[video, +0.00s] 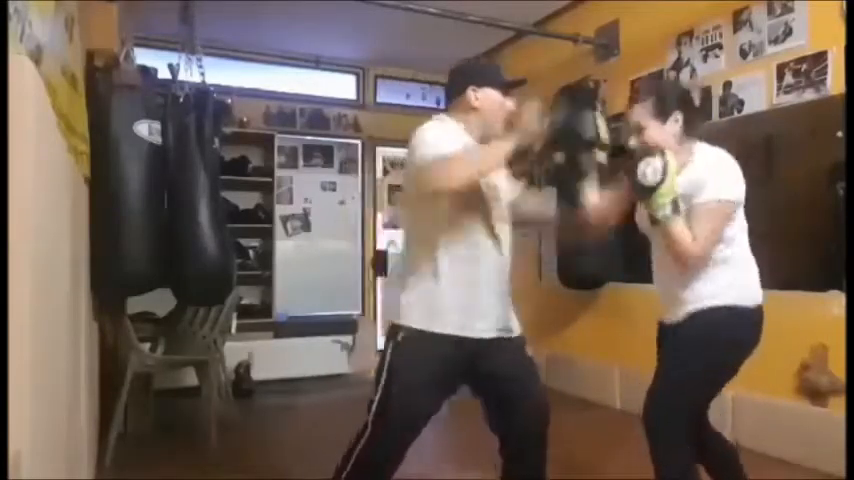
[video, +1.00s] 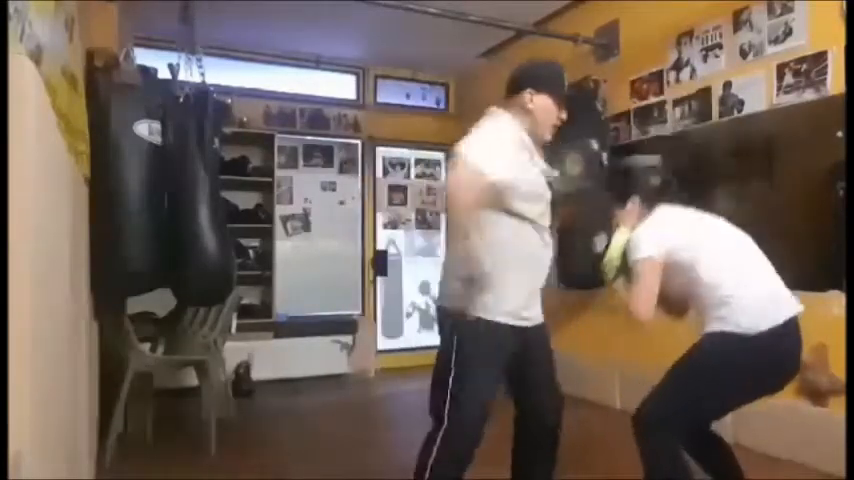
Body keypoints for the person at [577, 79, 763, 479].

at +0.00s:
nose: (635, 139)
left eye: (642, 128)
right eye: (632, 130)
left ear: (676, 121)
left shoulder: (717, 167)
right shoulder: (652, 169)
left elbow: (692, 255)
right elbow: (598, 215)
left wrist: (660, 200)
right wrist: (580, 162)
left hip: (726, 312)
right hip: (679, 316)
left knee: (663, 416)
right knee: (688, 421)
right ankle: (731, 471)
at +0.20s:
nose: (598, 230)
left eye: (605, 219)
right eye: (597, 220)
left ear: (638, 212)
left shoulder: (679, 240)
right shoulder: (663, 242)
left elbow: (671, 333)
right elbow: (671, 331)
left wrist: (630, 293)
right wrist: (625, 301)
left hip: (751, 350)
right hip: (724, 345)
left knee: (654, 424)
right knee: (652, 418)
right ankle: (711, 472)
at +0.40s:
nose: (607, 226)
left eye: (609, 216)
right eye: (604, 218)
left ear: (631, 207)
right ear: (638, 205)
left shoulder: (646, 243)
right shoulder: (686, 221)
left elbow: (653, 328)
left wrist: (621, 289)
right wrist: (631, 276)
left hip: (729, 362)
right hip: (767, 358)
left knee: (631, 423)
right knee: (667, 431)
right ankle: (718, 473)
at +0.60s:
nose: (626, 182)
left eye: (627, 170)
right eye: (622, 173)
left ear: (652, 157)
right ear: (651, 160)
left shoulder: (698, 188)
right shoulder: (672, 201)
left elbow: (690, 272)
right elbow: (637, 263)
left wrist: (652, 231)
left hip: (730, 328)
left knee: (644, 417)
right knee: (669, 424)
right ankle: (722, 473)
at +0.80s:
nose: (627, 172)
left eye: (629, 161)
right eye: (623, 165)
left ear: (656, 150)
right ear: (656, 153)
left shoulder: (686, 183)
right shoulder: (686, 183)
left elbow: (675, 266)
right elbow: (679, 255)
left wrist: (643, 218)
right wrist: (638, 249)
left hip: (736, 317)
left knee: (661, 414)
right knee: (676, 416)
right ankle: (728, 473)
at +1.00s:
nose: (616, 220)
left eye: (617, 210)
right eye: (613, 212)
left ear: (633, 204)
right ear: (656, 197)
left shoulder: (649, 231)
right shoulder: (688, 219)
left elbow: (642, 311)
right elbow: (678, 307)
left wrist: (617, 276)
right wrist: (632, 268)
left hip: (737, 345)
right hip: (783, 342)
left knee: (652, 422)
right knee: (689, 424)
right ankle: (731, 473)